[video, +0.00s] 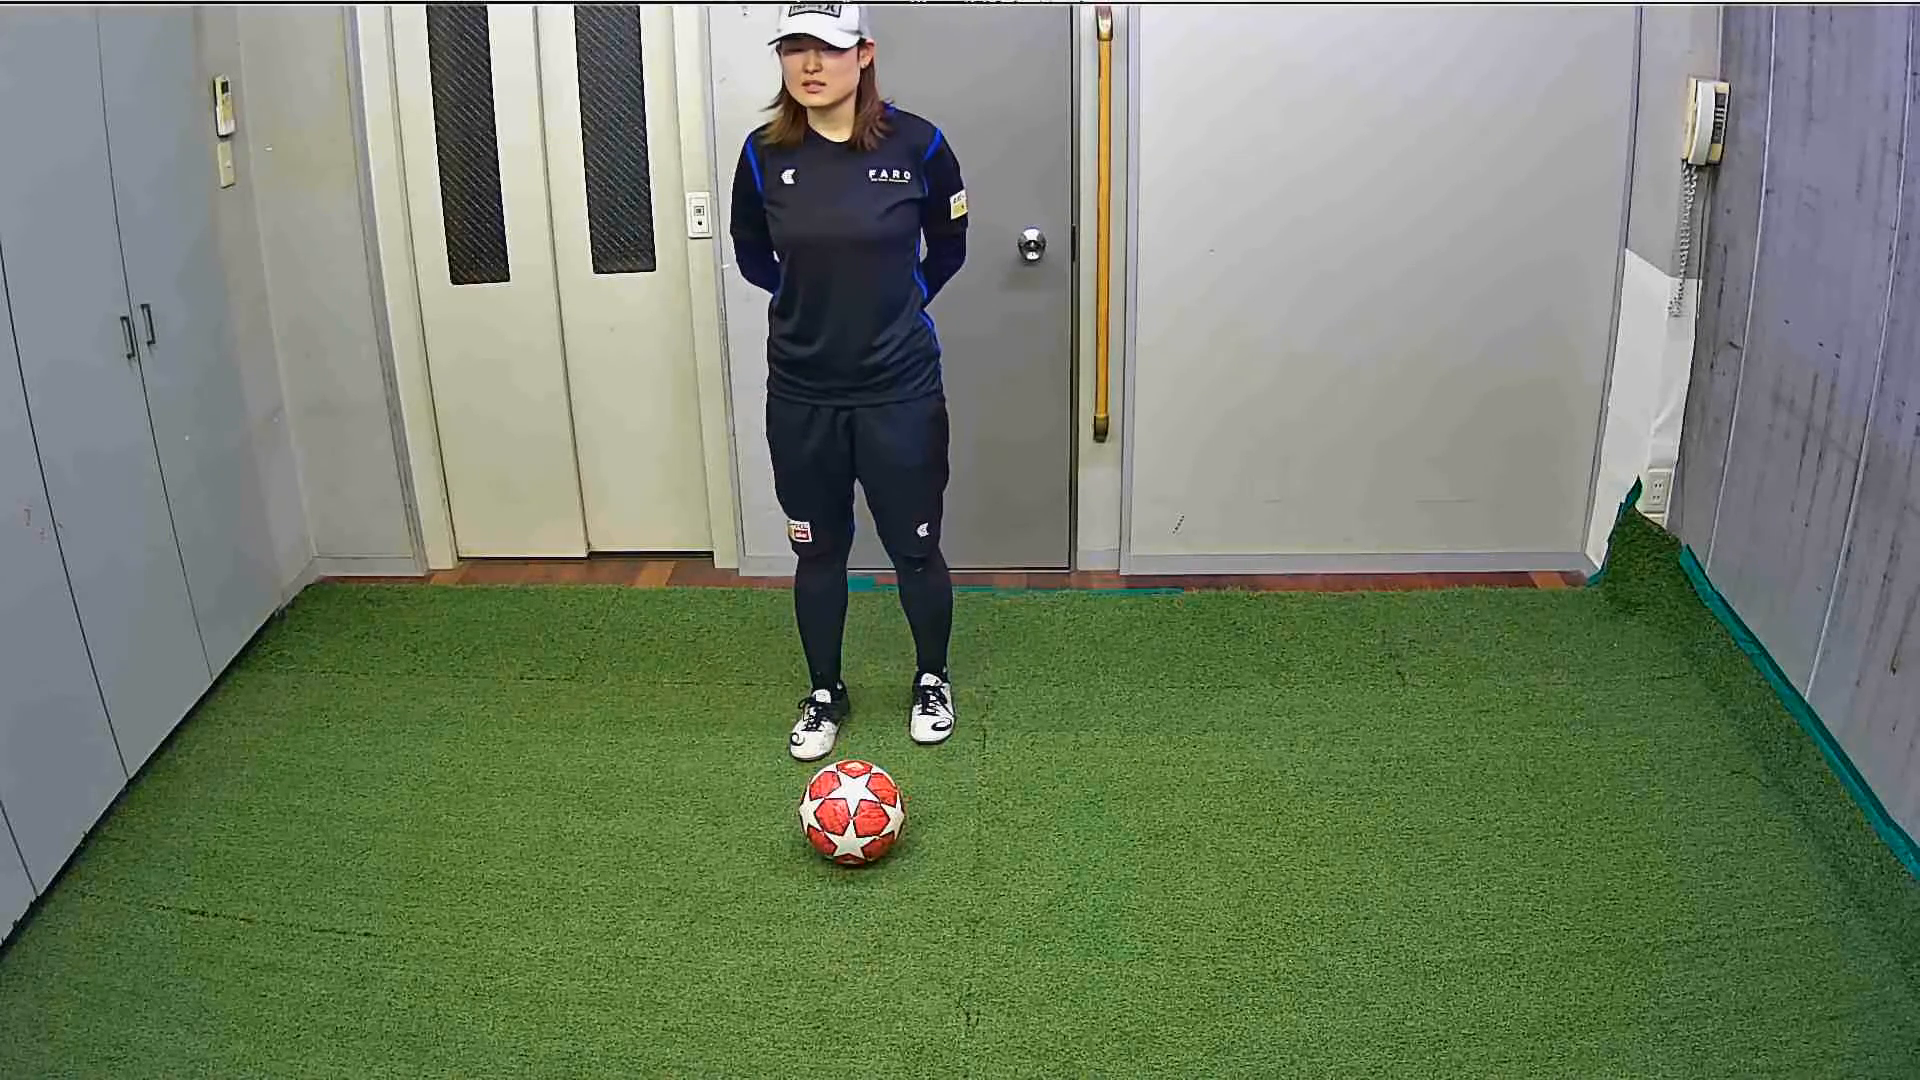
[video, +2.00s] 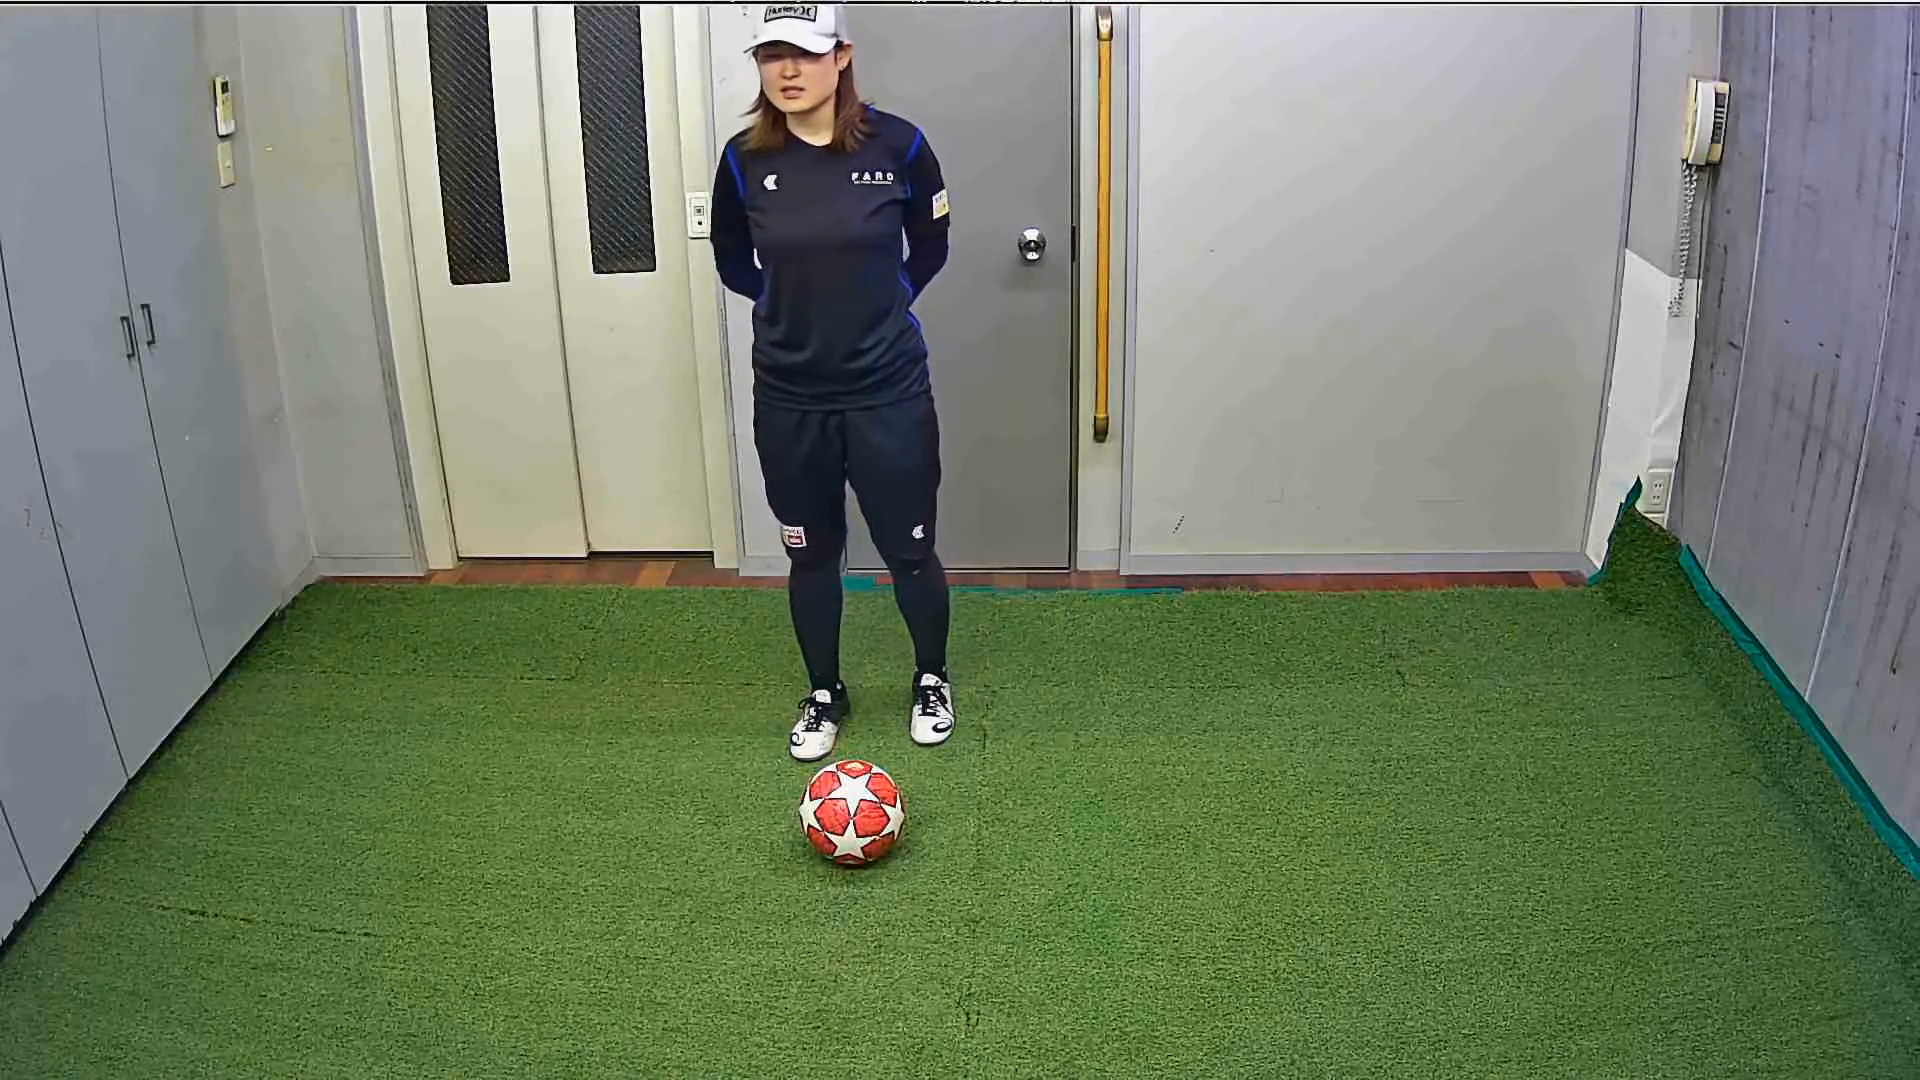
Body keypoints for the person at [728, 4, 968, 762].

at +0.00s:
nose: (809, 64)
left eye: (826, 49)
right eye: (796, 51)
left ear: (864, 56)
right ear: (781, 64)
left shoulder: (918, 145)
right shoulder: (762, 155)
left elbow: (950, 248)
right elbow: (750, 253)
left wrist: (894, 302)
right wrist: (810, 291)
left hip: (899, 385)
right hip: (801, 387)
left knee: (916, 548)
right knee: (814, 547)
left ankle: (931, 681)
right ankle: (825, 694)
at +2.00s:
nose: (787, 71)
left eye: (804, 55)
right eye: (773, 56)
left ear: (841, 59)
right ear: (759, 66)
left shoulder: (899, 145)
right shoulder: (743, 160)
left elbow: (932, 248)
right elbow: (731, 260)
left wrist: (875, 302)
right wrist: (794, 297)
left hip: (888, 388)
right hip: (788, 393)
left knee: (909, 549)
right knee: (809, 551)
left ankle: (932, 681)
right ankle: (824, 695)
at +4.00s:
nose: (890, 60)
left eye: (907, 47)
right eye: (878, 47)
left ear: (943, 56)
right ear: (863, 59)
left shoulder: (994, 142)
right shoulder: (845, 144)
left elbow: (1037, 226)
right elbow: (822, 240)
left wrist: (1045, 314)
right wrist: (872, 280)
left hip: (962, 366)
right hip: (868, 367)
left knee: (961, 522)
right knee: (851, 527)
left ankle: (956, 661)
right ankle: (830, 692)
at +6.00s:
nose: (883, 70)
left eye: (900, 56)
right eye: (870, 55)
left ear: (936, 57)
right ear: (856, 61)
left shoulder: (987, 138)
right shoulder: (835, 140)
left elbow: (1006, 257)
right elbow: (814, 241)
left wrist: (1010, 370)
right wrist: (789, 348)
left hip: (954, 367)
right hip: (859, 367)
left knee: (953, 528)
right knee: (867, 526)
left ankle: (956, 659)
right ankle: (887, 655)